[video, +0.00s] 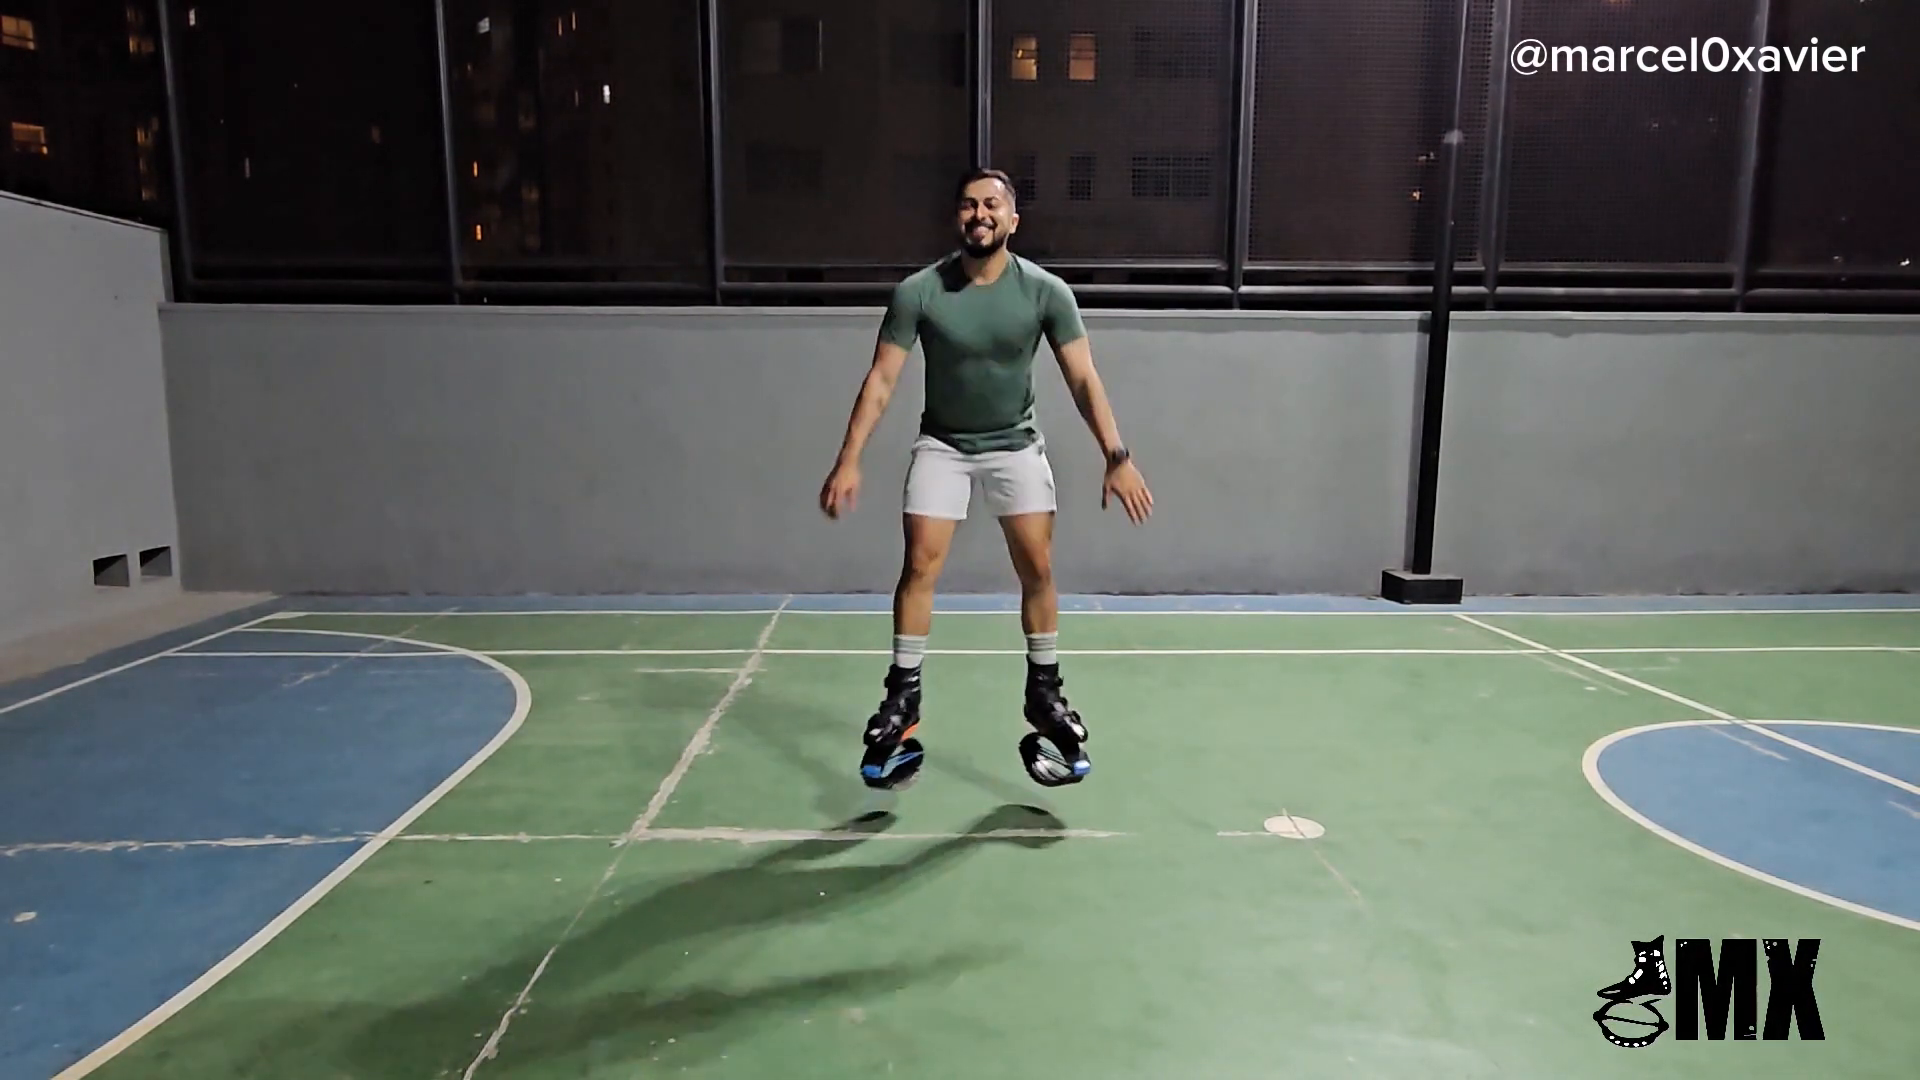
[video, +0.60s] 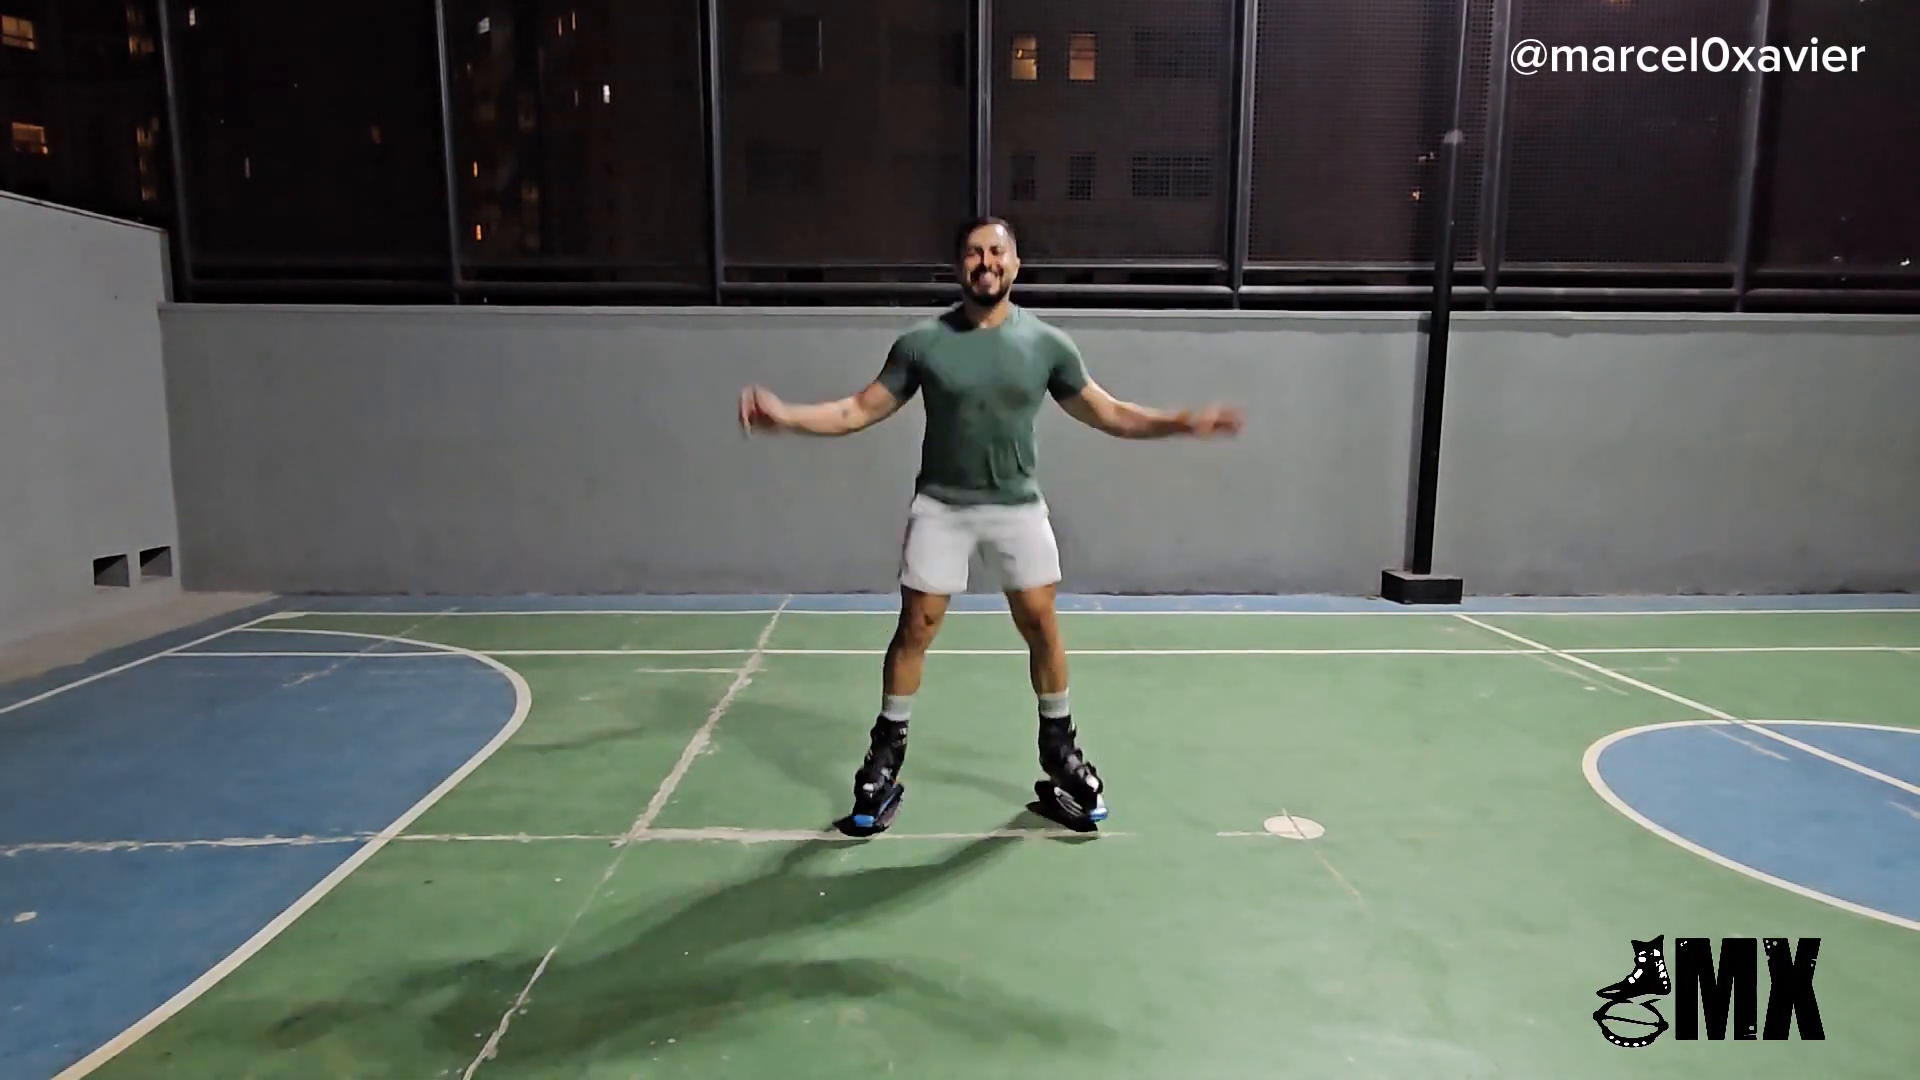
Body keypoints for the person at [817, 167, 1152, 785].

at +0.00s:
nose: (979, 213)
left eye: (991, 204)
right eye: (969, 204)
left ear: (1014, 218)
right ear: (956, 218)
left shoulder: (1045, 292)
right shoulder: (918, 293)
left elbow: (1084, 381)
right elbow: (880, 383)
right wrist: (848, 461)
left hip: (1016, 447)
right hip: (941, 447)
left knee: (1037, 567)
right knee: (920, 563)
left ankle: (1044, 693)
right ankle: (902, 697)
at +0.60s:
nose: (985, 262)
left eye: (996, 251)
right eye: (974, 253)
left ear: (1015, 267)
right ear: (960, 270)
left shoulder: (1046, 346)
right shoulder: (923, 346)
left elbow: (1112, 413)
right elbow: (859, 410)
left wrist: (1186, 423)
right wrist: (784, 415)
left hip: (1018, 508)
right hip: (940, 507)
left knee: (1042, 625)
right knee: (917, 626)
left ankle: (1061, 759)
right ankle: (884, 763)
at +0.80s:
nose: (985, 199)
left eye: (996, 189)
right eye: (973, 190)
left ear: (1016, 205)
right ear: (956, 207)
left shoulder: (1050, 281)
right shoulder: (921, 281)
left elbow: (1101, 362)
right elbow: (874, 363)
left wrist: (1157, 387)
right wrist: (825, 405)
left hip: (1018, 455)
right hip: (942, 455)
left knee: (1035, 579)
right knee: (924, 581)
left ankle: (1052, 717)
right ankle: (899, 724)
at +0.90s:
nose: (986, 191)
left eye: (997, 182)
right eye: (973, 183)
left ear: (1015, 200)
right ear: (956, 203)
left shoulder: (1049, 276)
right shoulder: (921, 277)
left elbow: (1079, 362)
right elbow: (904, 377)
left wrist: (1057, 417)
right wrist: (914, 457)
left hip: (1020, 444)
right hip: (943, 445)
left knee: (1028, 571)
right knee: (937, 571)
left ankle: (1033, 708)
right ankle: (923, 714)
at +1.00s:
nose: (990, 224)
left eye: (998, 213)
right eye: (976, 215)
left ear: (1014, 227)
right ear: (957, 232)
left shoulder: (1048, 306)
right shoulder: (924, 308)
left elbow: (1049, 390)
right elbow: (926, 401)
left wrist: (959, 390)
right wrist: (1014, 433)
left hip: (1020, 471)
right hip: (948, 472)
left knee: (1017, 601)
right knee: (950, 604)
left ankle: (1013, 738)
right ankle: (945, 744)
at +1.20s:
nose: (985, 209)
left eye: (996, 197)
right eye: (972, 199)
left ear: (1014, 206)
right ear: (954, 213)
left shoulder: (1053, 288)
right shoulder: (920, 290)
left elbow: (1076, 381)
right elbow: (909, 385)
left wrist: (1020, 351)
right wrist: (973, 388)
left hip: (1023, 471)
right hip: (948, 471)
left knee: (1018, 602)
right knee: (950, 600)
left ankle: (1015, 746)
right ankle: (944, 752)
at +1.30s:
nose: (985, 181)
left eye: (997, 169)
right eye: (972, 171)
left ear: (1019, 183)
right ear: (956, 187)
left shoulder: (1055, 264)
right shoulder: (922, 264)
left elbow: (1088, 354)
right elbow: (888, 358)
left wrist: (1093, 408)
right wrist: (890, 441)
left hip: (1025, 449)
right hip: (945, 450)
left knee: (1032, 584)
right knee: (939, 580)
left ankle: (1034, 718)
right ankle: (927, 724)